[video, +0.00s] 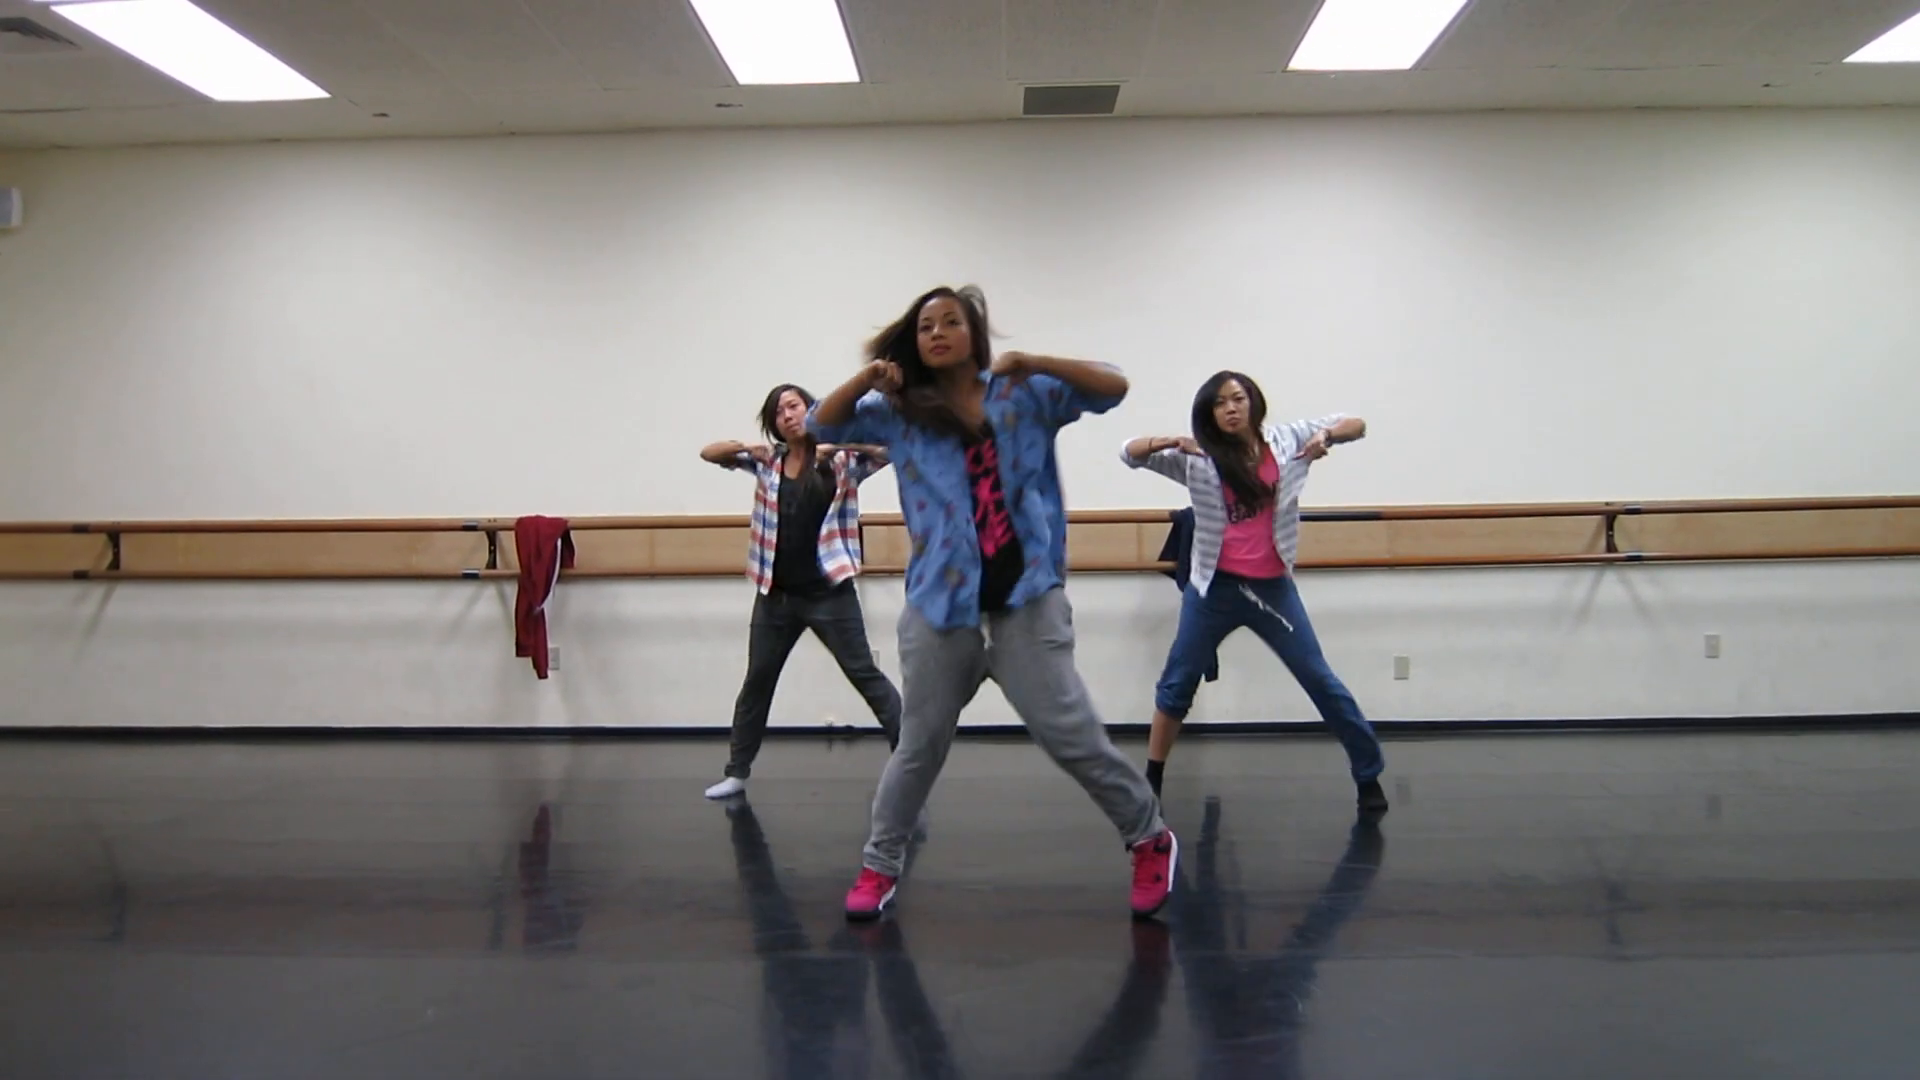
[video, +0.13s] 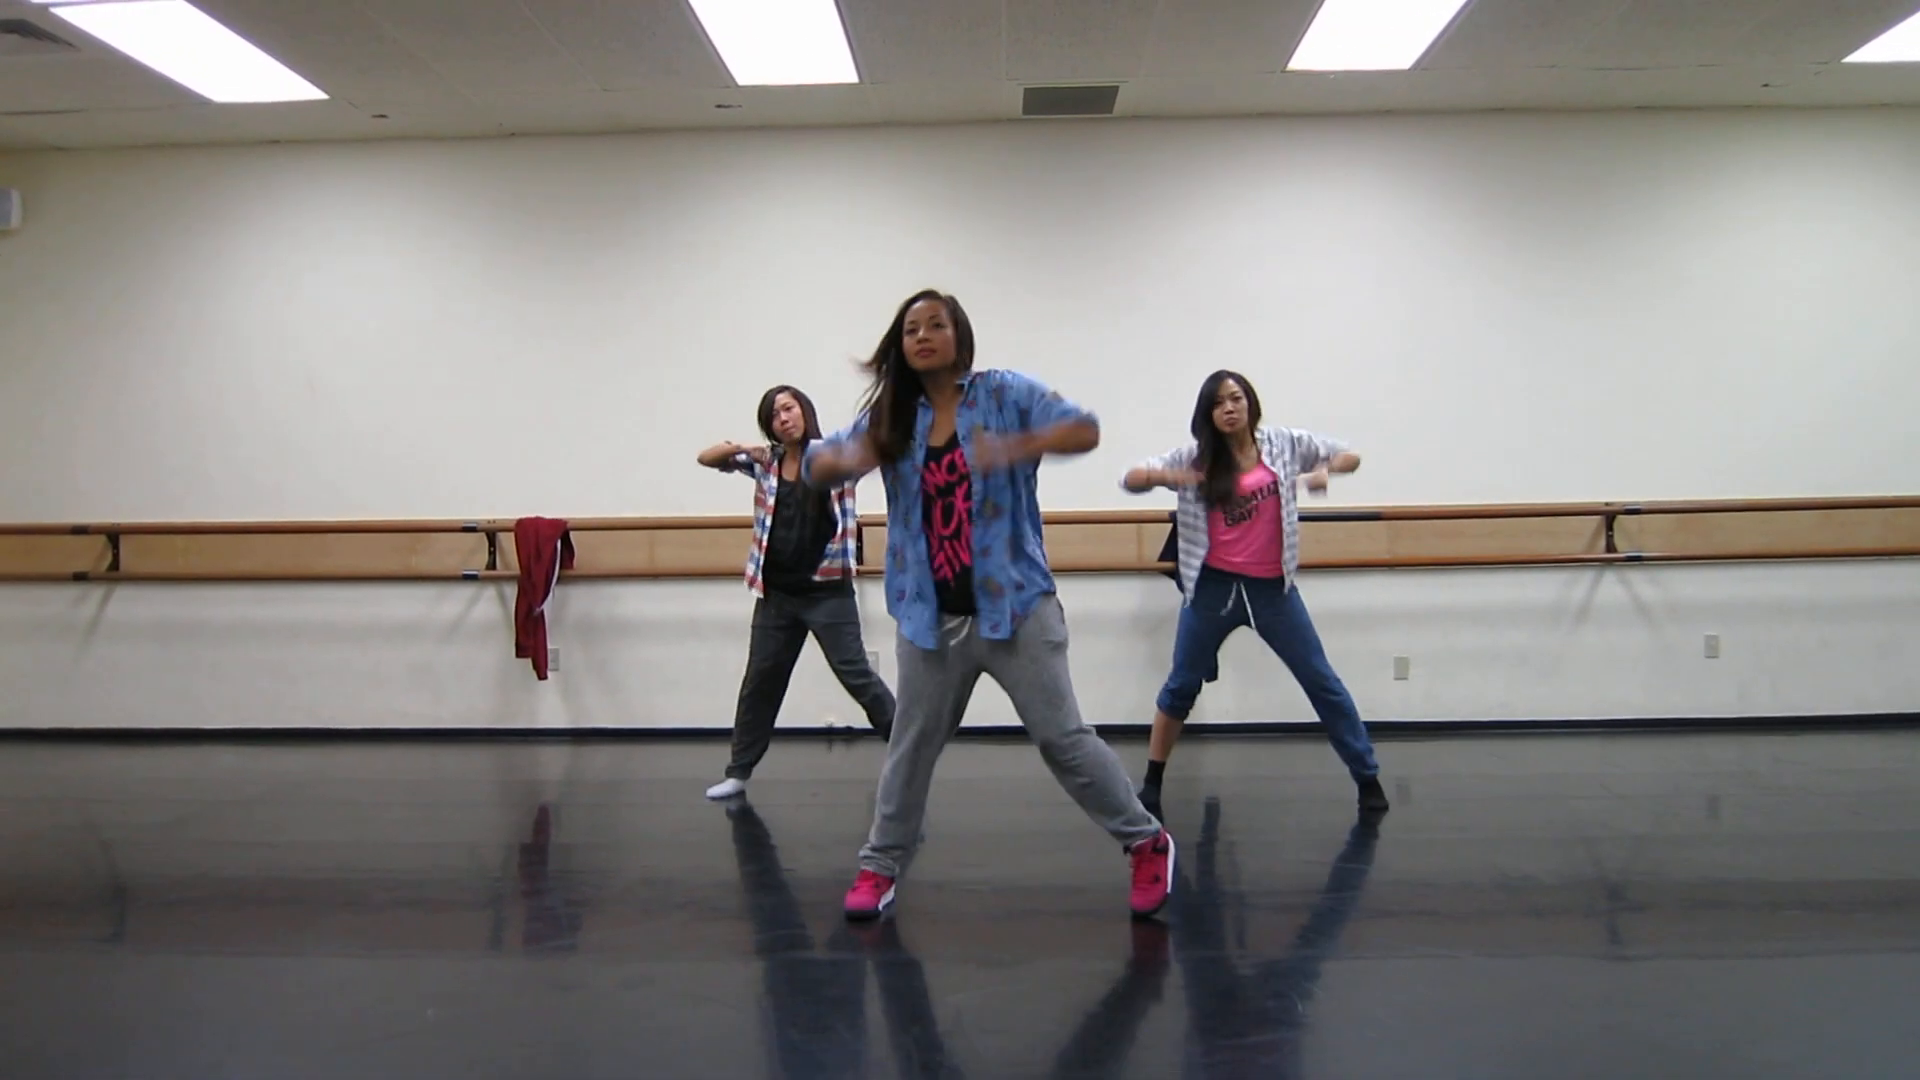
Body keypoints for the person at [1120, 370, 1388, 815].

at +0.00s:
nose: (1231, 409)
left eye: (1238, 399)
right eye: (1220, 403)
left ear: (1254, 403)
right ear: (1210, 414)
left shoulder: (1285, 439)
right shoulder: (1196, 460)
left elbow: (1356, 425)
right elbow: (1130, 453)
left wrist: (1328, 435)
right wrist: (1166, 443)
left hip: (1272, 589)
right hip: (1210, 589)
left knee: (1319, 680)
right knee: (1176, 686)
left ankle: (1367, 775)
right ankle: (1151, 783)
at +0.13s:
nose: (1229, 408)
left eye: (1236, 398)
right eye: (1219, 403)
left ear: (1251, 403)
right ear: (1208, 412)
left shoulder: (1281, 443)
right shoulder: (1194, 457)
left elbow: (1350, 457)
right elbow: (1130, 479)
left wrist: (1326, 469)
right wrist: (1169, 477)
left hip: (1271, 589)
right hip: (1210, 588)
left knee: (1322, 682)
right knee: (1181, 686)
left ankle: (1367, 779)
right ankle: (1151, 787)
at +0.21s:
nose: (1228, 405)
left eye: (1235, 396)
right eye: (1217, 399)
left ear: (1248, 400)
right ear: (1205, 410)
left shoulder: (1275, 447)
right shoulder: (1190, 459)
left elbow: (1329, 496)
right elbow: (1149, 517)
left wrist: (1330, 558)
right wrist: (1168, 562)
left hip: (1269, 584)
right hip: (1208, 584)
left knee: (1317, 679)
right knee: (1185, 683)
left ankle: (1366, 779)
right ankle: (1155, 785)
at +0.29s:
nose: (1226, 406)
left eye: (1232, 396)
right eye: (1214, 400)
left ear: (1245, 400)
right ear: (1201, 411)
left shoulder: (1274, 445)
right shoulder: (1187, 457)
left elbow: (1334, 481)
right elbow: (1137, 503)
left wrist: (1315, 508)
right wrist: (1161, 517)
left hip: (1265, 581)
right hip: (1204, 581)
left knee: (1313, 678)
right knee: (1181, 684)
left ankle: (1364, 781)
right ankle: (1153, 785)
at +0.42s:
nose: (1221, 401)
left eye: (1227, 392)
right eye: (1210, 396)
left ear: (1240, 395)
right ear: (1196, 405)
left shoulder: (1269, 429)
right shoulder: (1179, 444)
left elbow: (1341, 437)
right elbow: (1118, 465)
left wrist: (1308, 445)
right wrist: (1157, 462)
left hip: (1263, 577)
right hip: (1201, 577)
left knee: (1309, 678)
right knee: (1180, 681)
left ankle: (1360, 778)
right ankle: (1153, 783)